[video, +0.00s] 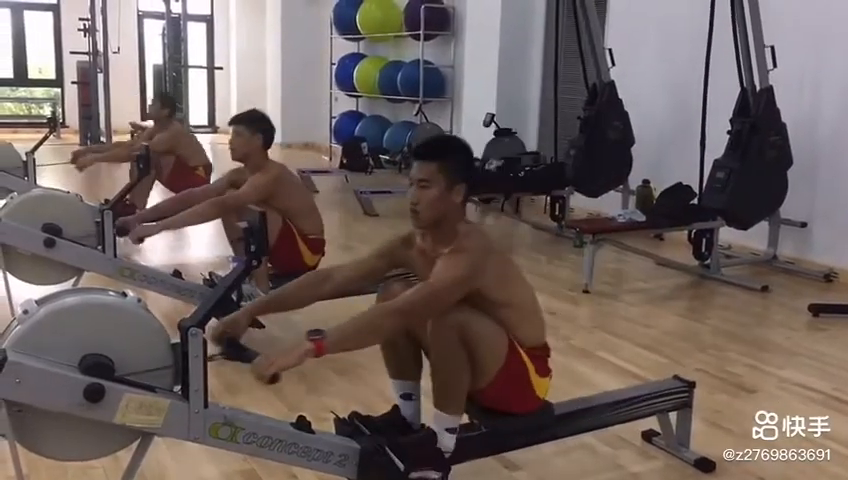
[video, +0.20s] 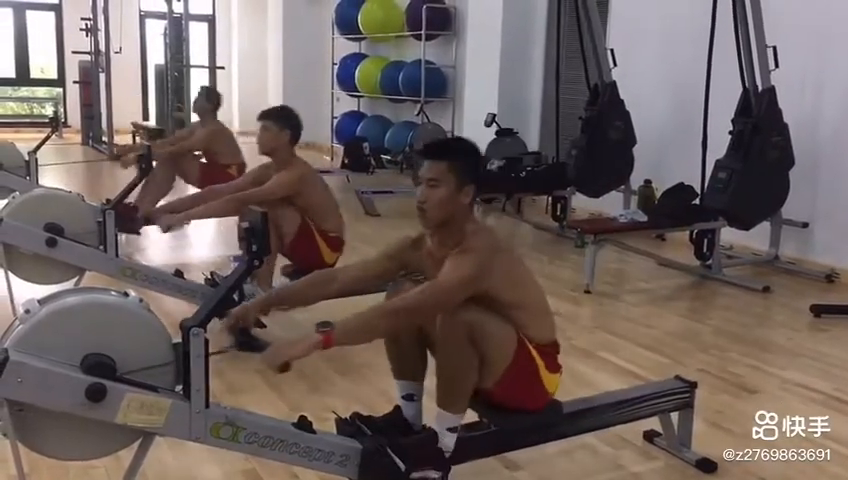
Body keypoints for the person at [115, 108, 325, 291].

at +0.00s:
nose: (230, 141)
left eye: (237, 135)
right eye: (231, 135)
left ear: (259, 141)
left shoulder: (270, 177)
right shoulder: (240, 175)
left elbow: (219, 207)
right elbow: (191, 197)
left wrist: (157, 228)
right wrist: (139, 217)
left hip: (303, 253)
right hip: (283, 248)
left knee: (260, 212)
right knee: (229, 206)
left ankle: (262, 286)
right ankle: (244, 274)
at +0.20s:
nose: (258, 135)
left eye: (266, 130)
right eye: (260, 129)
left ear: (287, 136)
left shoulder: (294, 175)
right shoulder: (270, 170)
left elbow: (242, 203)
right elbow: (222, 191)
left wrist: (185, 217)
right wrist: (167, 209)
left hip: (322, 252)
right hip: (307, 244)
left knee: (272, 208)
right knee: (248, 209)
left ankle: (263, 287)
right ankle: (247, 276)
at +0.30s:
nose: (287, 131)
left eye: (294, 126)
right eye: (288, 125)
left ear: (314, 133)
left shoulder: (323, 174)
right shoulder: (296, 168)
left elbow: (266, 202)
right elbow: (254, 191)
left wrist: (215, 220)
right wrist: (196, 209)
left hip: (340, 249)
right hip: (324, 242)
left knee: (280, 210)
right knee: (268, 206)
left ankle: (264, 289)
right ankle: (248, 279)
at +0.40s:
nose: (319, 129)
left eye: (326, 123)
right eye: (320, 123)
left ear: (345, 129)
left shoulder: (350, 172)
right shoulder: (323, 167)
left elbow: (301, 203)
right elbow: (279, 189)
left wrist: (255, 213)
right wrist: (232, 203)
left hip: (359, 245)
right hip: (345, 236)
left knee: (291, 215)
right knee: (280, 210)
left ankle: (265, 293)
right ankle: (257, 281)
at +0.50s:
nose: (353, 127)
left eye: (360, 122)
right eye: (353, 121)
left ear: (377, 127)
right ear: (352, 123)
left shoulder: (381, 169)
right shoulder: (353, 163)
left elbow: (329, 200)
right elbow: (308, 186)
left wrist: (281, 213)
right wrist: (260, 198)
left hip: (379, 244)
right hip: (363, 234)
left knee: (310, 220)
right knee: (296, 212)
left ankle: (266, 294)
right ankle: (258, 280)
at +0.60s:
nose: (386, 128)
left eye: (392, 122)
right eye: (386, 122)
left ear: (411, 127)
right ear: (390, 126)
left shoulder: (409, 169)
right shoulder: (381, 162)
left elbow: (362, 196)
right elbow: (338, 181)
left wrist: (307, 207)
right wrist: (289, 194)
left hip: (398, 239)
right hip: (375, 227)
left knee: (326, 230)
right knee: (311, 222)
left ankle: (267, 295)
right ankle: (252, 281)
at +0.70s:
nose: (416, 136)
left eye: (423, 131)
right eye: (416, 130)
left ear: (440, 134)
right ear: (418, 132)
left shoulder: (436, 176)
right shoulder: (411, 164)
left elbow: (389, 204)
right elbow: (367, 185)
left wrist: (343, 207)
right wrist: (322, 192)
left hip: (408, 244)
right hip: (391, 232)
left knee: (338, 241)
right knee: (321, 235)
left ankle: (264, 298)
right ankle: (248, 281)